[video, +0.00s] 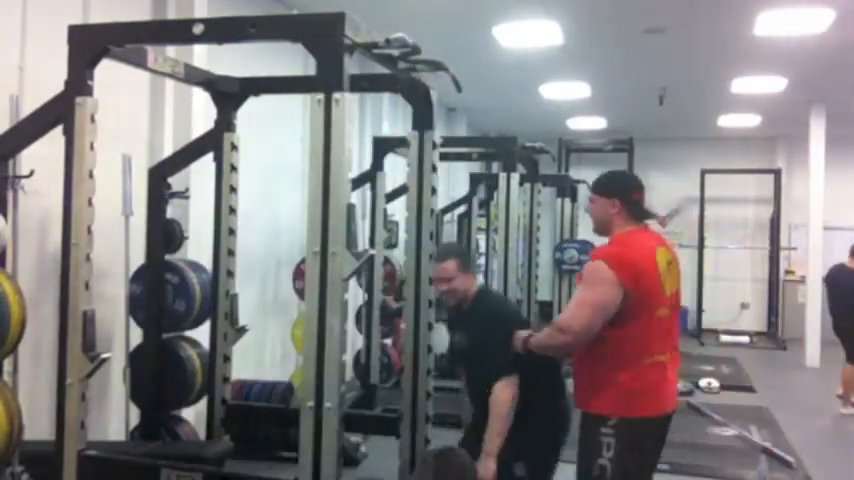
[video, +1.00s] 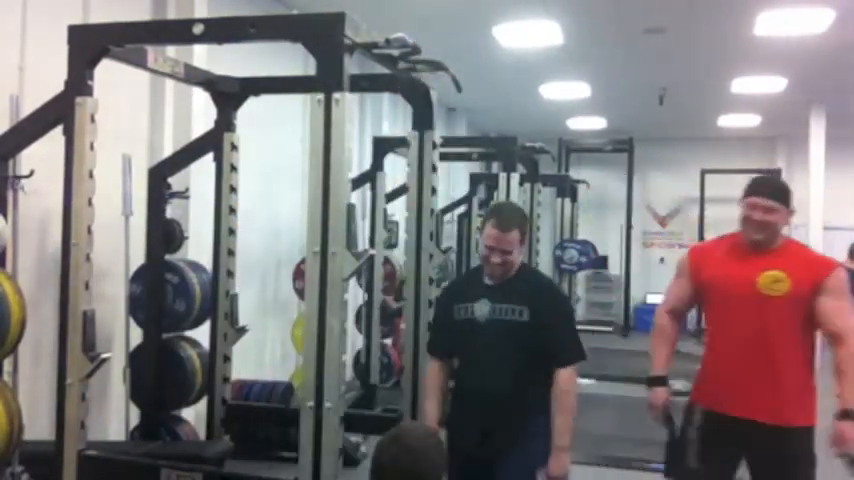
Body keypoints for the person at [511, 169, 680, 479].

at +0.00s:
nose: (588, 207)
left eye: (593, 200)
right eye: (590, 200)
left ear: (615, 205)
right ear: (628, 205)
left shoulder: (614, 258)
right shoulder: (661, 247)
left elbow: (570, 331)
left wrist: (530, 341)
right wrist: (569, 346)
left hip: (618, 409)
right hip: (652, 405)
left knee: (602, 473)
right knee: (635, 473)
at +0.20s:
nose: (580, 210)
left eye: (587, 202)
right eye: (580, 202)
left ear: (614, 206)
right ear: (613, 206)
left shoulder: (626, 251)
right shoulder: (624, 244)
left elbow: (620, 329)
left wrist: (570, 341)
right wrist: (575, 331)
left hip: (632, 400)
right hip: (626, 396)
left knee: (624, 472)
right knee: (618, 472)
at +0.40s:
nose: (606, 214)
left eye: (617, 206)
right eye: (604, 205)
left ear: (643, 209)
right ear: (600, 205)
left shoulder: (657, 255)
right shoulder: (608, 249)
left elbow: (652, 329)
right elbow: (595, 307)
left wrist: (589, 337)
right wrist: (577, 324)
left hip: (655, 403)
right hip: (618, 397)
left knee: (652, 473)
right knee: (619, 471)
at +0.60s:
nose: (650, 216)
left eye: (661, 209)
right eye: (646, 207)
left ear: (685, 214)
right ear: (639, 209)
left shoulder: (701, 264)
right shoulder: (628, 251)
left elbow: (701, 338)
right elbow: (609, 303)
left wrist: (629, 360)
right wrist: (588, 344)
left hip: (689, 413)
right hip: (635, 405)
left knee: (698, 473)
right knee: (631, 473)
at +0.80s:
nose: (700, 221)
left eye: (712, 215)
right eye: (695, 213)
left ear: (734, 220)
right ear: (688, 215)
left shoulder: (762, 274)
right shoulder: (664, 262)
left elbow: (781, 347)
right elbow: (637, 311)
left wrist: (741, 410)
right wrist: (617, 368)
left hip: (739, 425)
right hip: (674, 420)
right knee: (662, 474)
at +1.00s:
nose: (757, 217)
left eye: (768, 210)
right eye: (750, 207)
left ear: (787, 216)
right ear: (740, 208)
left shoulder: (821, 272)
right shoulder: (701, 259)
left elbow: (844, 340)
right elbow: (668, 313)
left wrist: (846, 412)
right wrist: (658, 379)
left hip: (785, 426)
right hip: (714, 418)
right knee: (696, 473)